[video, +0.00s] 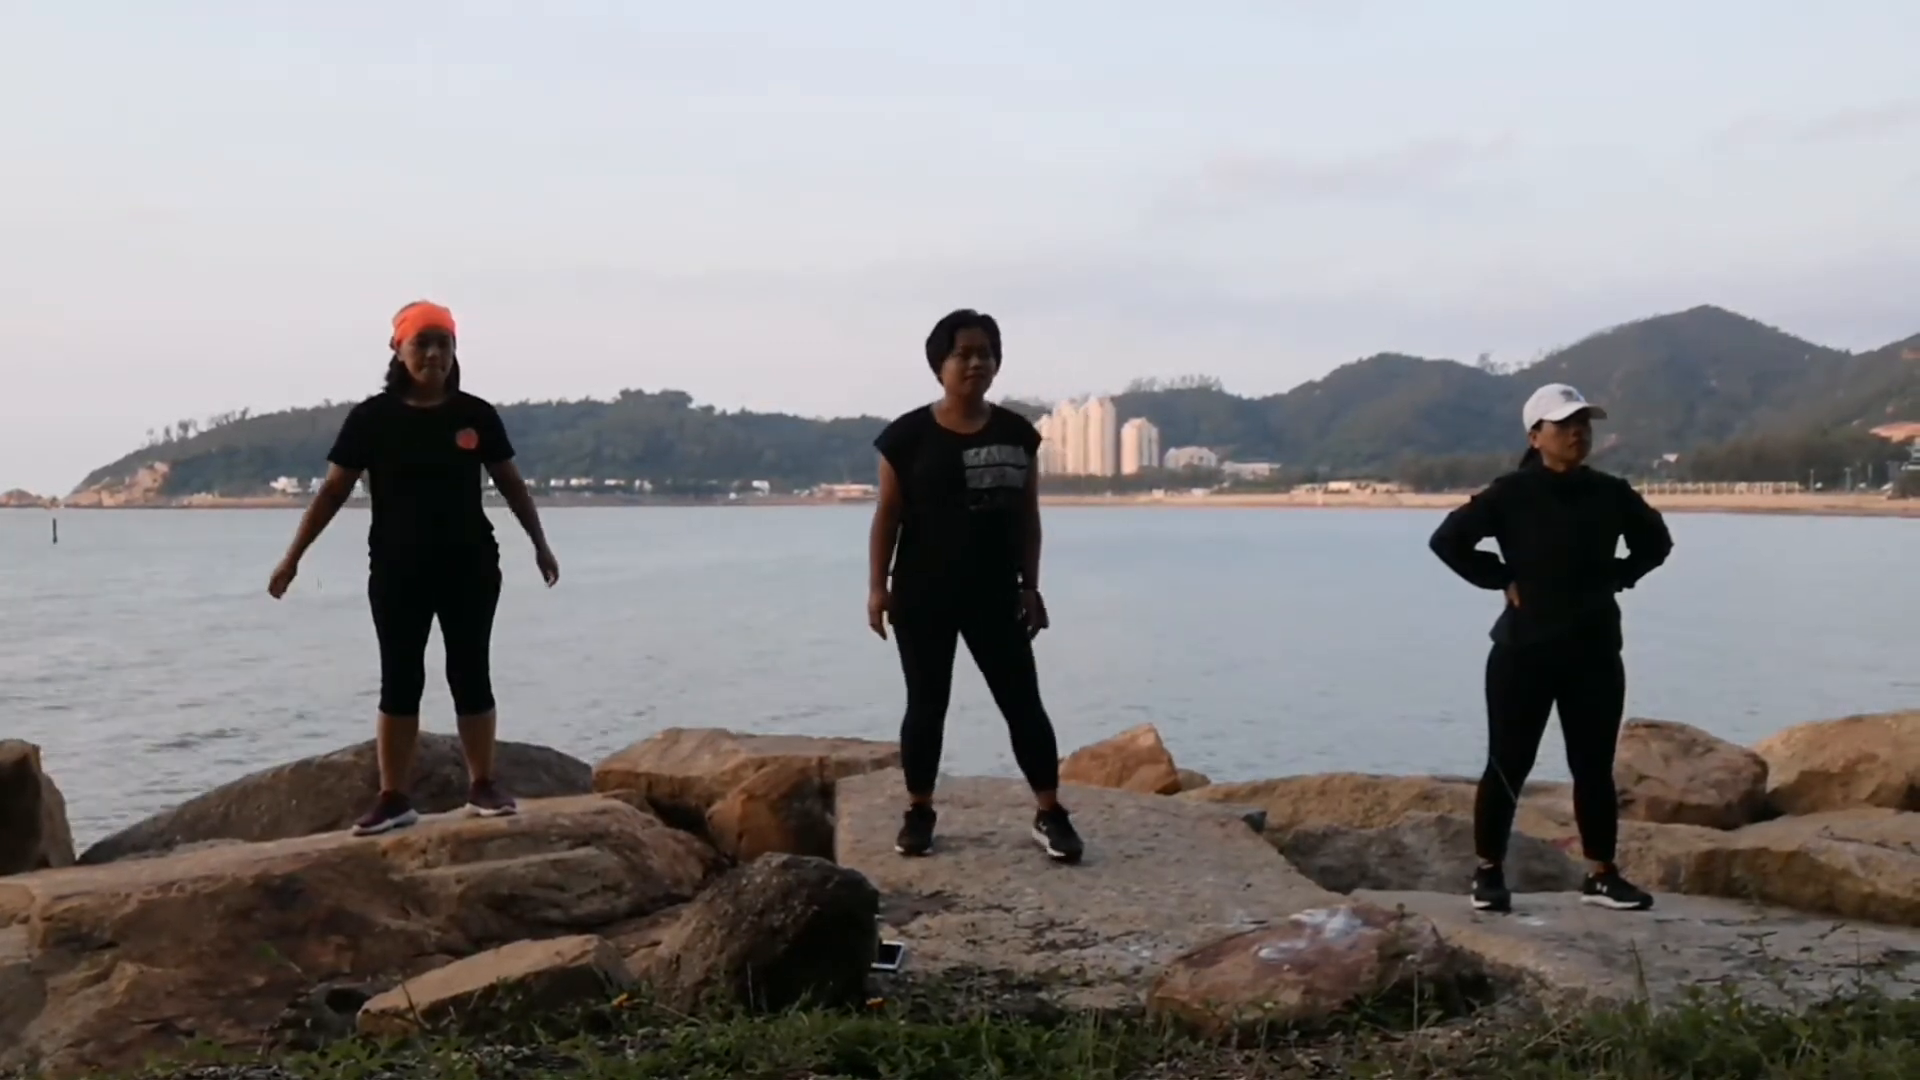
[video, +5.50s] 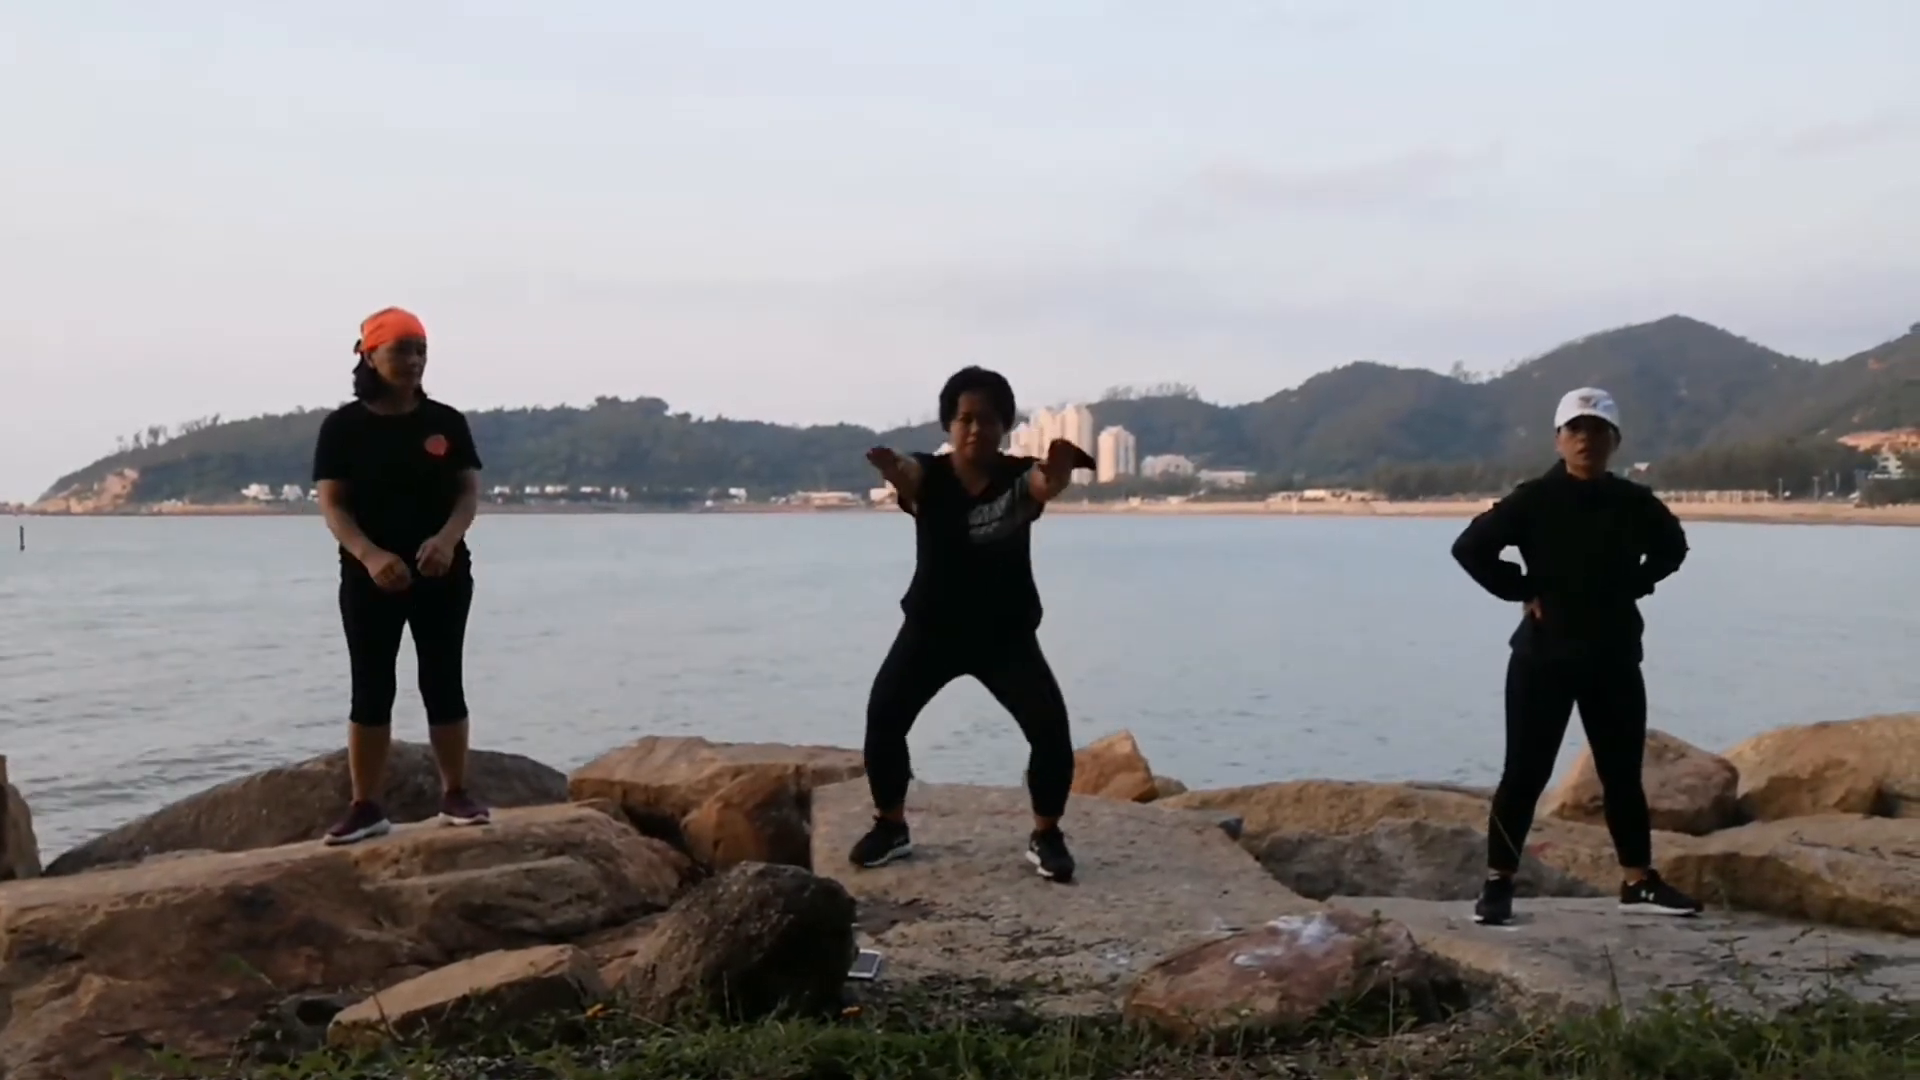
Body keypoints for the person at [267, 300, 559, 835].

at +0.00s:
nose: (433, 353)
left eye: (442, 343)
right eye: (422, 343)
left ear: (454, 351)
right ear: (399, 351)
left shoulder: (476, 417)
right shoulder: (370, 419)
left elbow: (509, 482)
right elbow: (332, 493)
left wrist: (539, 541)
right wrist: (291, 557)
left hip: (468, 570)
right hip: (398, 573)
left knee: (471, 678)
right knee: (399, 685)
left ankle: (482, 786)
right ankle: (392, 798)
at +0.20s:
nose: (431, 352)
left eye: (441, 342)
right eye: (420, 343)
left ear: (453, 350)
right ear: (399, 352)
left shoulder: (476, 417)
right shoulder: (371, 419)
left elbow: (500, 494)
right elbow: (351, 501)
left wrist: (512, 560)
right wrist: (337, 573)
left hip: (468, 572)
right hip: (397, 575)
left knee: (471, 680)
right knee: (399, 687)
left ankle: (481, 787)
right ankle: (392, 797)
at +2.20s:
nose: (435, 353)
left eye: (438, 344)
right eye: (422, 345)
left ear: (440, 351)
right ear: (388, 354)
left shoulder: (461, 417)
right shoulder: (359, 425)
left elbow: (488, 494)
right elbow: (340, 507)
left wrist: (505, 558)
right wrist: (321, 580)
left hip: (460, 573)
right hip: (390, 578)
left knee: (463, 682)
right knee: (391, 690)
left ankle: (474, 789)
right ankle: (383, 799)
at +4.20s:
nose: (428, 358)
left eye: (432, 348)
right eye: (416, 349)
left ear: (438, 354)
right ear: (383, 356)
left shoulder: (455, 420)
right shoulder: (352, 427)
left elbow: (488, 494)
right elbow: (330, 509)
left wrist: (518, 556)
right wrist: (311, 580)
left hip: (452, 577)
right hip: (381, 581)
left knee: (453, 686)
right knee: (382, 693)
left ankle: (465, 793)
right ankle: (373, 804)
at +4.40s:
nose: (427, 357)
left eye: (430, 347)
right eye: (414, 348)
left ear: (434, 353)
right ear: (380, 356)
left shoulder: (453, 420)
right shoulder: (349, 426)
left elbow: (481, 493)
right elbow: (341, 508)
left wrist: (473, 545)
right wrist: (371, 565)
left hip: (448, 575)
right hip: (380, 578)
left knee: (453, 685)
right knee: (380, 692)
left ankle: (463, 792)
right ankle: (373, 802)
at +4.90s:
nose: (423, 359)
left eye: (428, 349)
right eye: (411, 349)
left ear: (433, 356)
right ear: (378, 356)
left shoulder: (451, 423)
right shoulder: (347, 427)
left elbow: (484, 492)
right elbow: (319, 505)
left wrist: (510, 553)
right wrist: (292, 577)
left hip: (447, 578)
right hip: (376, 581)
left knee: (449, 686)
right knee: (377, 694)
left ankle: (459, 794)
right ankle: (370, 804)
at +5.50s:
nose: (412, 358)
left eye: (418, 349)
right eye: (400, 349)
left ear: (426, 355)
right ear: (369, 356)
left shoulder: (448, 422)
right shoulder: (341, 427)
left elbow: (469, 491)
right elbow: (331, 506)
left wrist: (449, 536)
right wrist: (369, 553)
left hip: (441, 575)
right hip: (369, 579)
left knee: (444, 686)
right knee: (370, 692)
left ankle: (455, 796)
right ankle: (365, 805)